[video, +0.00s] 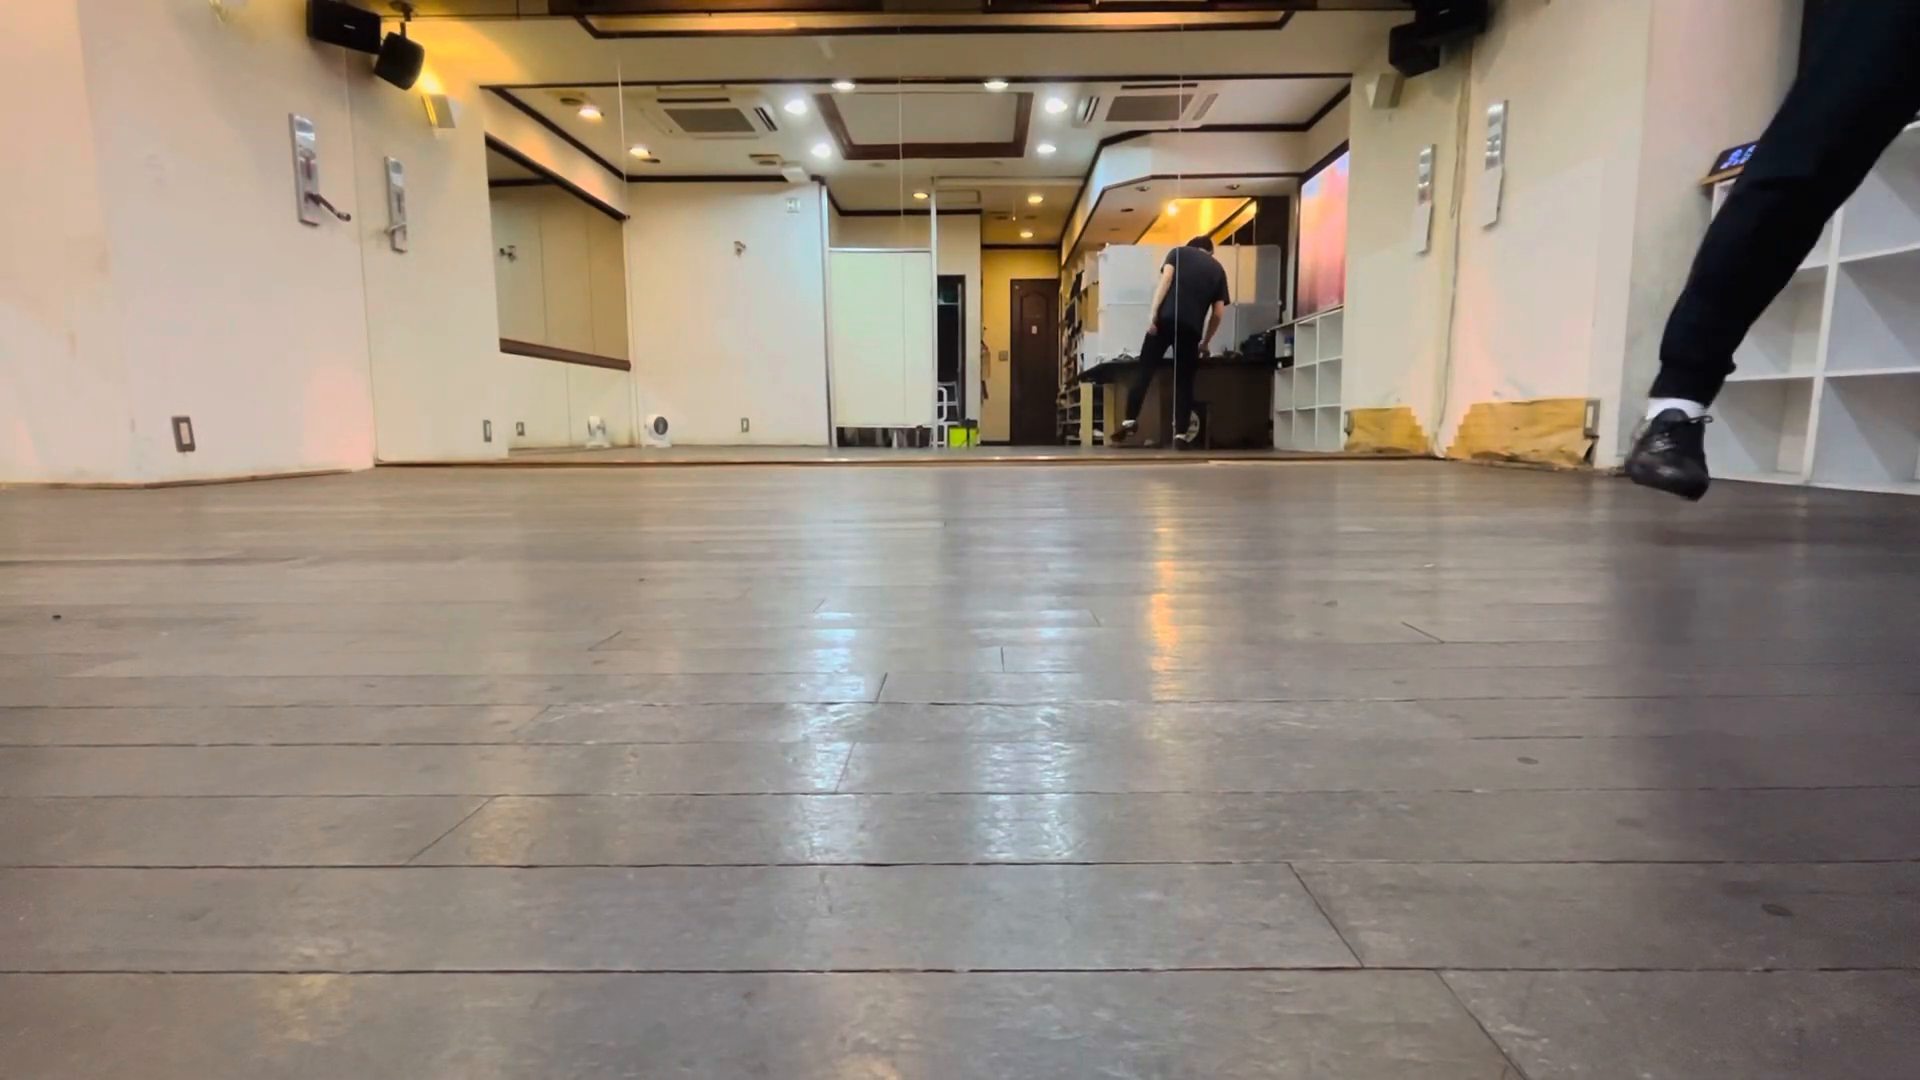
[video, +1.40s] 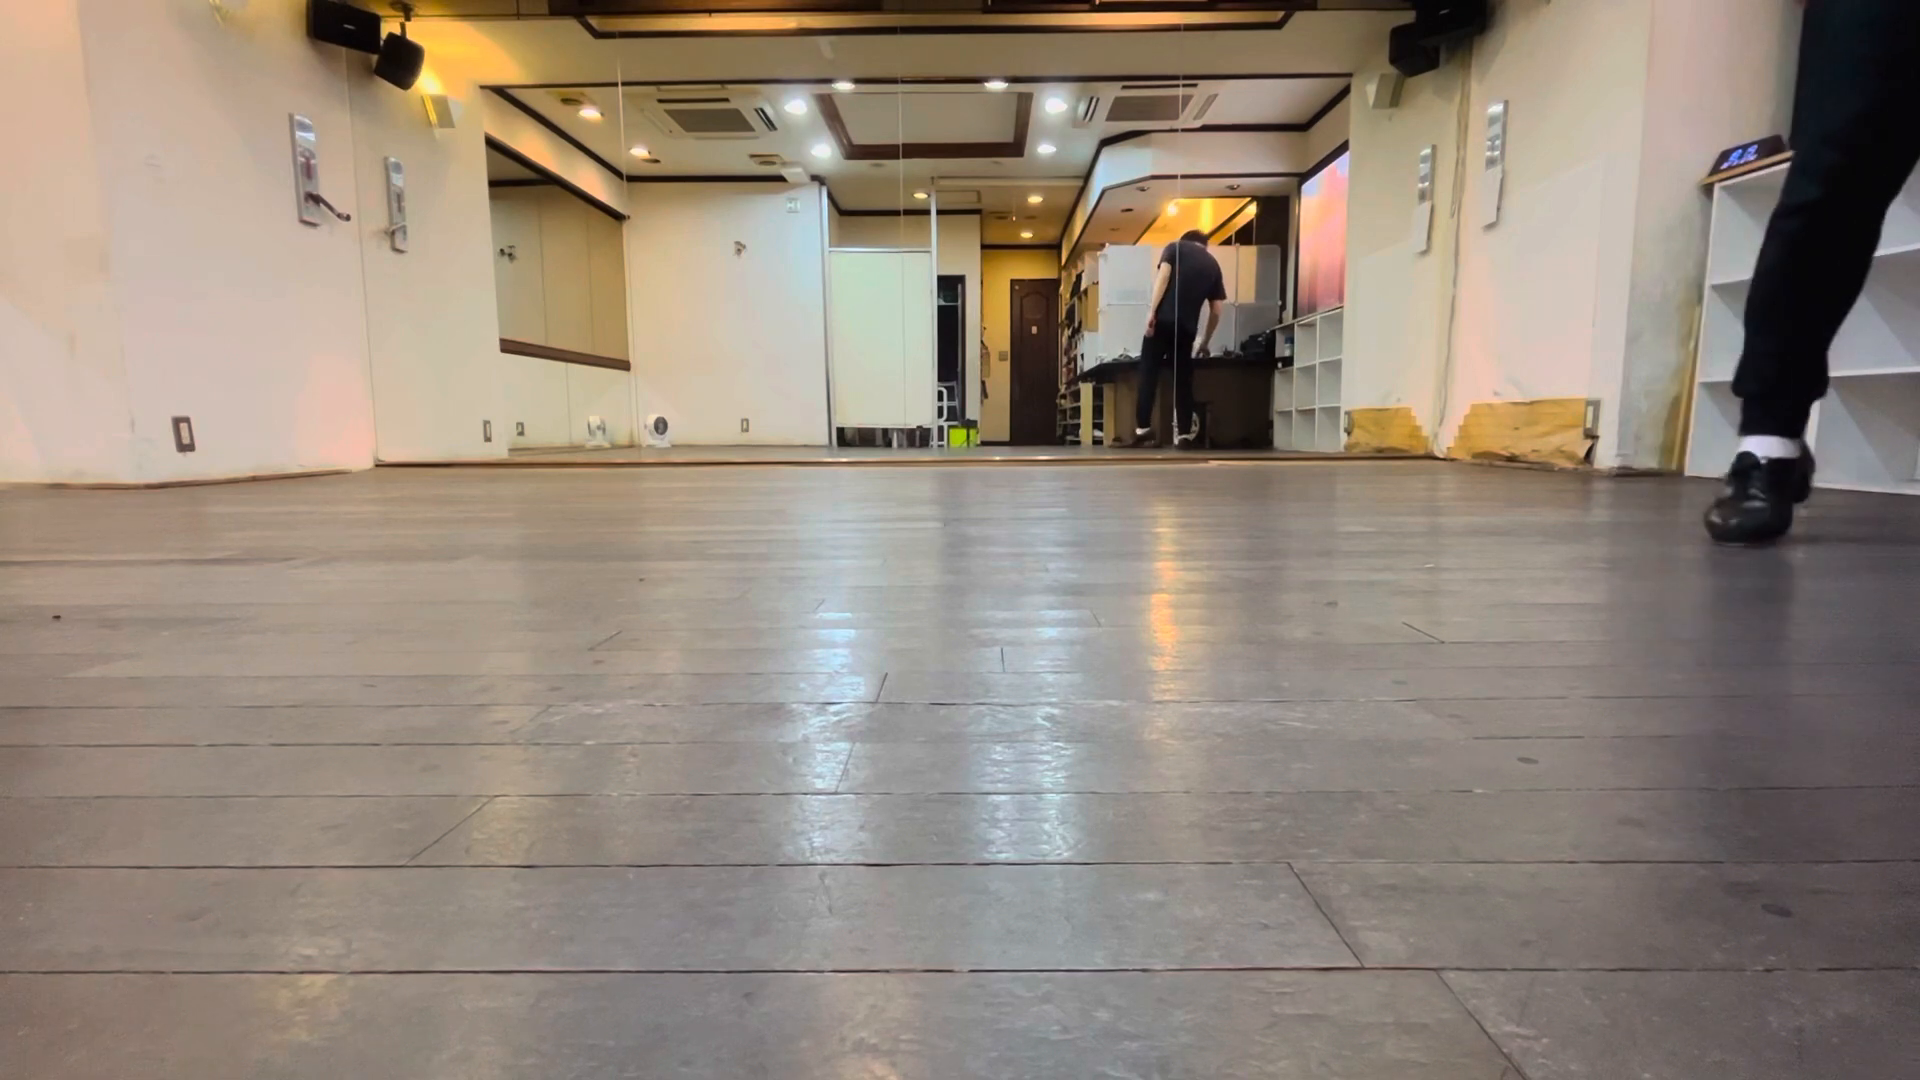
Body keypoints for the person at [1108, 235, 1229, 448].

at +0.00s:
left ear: (1190, 246)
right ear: (1211, 252)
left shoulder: (1178, 252)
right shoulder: (1218, 270)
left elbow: (1167, 277)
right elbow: (1218, 314)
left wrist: (1153, 314)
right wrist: (1206, 342)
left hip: (1166, 320)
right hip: (1191, 328)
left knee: (1145, 368)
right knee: (1185, 380)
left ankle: (1130, 418)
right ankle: (1180, 433)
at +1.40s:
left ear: (1185, 240)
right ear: (1204, 245)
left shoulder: (1175, 246)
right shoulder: (1213, 264)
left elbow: (1164, 275)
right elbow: (1216, 311)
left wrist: (1152, 311)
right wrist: (1205, 342)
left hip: (1161, 323)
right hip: (1186, 328)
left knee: (1148, 373)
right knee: (1184, 378)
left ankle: (1143, 427)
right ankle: (1182, 433)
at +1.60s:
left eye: (1176, 240)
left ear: (1178, 238)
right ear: (1198, 242)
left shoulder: (1168, 248)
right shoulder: (1206, 262)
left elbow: (1156, 281)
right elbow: (1211, 309)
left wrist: (1146, 317)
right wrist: (1204, 342)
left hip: (1157, 325)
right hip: (1182, 329)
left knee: (1146, 374)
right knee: (1180, 377)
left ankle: (1146, 429)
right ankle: (1182, 432)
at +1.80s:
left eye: (1172, 239)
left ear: (1173, 238)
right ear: (1194, 243)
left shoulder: (1163, 248)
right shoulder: (1202, 262)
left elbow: (1152, 280)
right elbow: (1209, 311)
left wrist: (1141, 316)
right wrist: (1204, 343)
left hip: (1153, 326)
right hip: (1178, 330)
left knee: (1144, 375)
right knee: (1179, 378)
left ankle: (1145, 429)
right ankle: (1181, 432)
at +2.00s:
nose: (1166, 244)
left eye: (1167, 241)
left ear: (1169, 240)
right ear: (1189, 242)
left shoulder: (1163, 249)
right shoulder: (1200, 261)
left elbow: (1154, 280)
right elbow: (1207, 307)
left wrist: (1144, 318)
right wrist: (1203, 340)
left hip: (1155, 327)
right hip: (1180, 330)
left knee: (1142, 373)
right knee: (1179, 378)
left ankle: (1144, 428)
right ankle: (1182, 432)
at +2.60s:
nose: (1108, 249)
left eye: (1107, 245)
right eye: (1107, 246)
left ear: (1110, 243)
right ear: (1130, 239)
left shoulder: (1116, 255)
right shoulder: (1149, 256)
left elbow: (1125, 282)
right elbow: (1164, 293)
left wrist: (1135, 317)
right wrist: (1160, 322)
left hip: (1127, 325)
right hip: (1152, 325)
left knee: (1115, 374)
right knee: (1156, 374)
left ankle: (1117, 434)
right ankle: (1172, 429)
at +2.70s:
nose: (1099, 249)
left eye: (1098, 245)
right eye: (1098, 246)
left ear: (1102, 242)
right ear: (1121, 238)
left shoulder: (1107, 256)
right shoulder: (1140, 257)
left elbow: (1110, 287)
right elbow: (1155, 292)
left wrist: (1111, 324)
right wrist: (1152, 327)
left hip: (1119, 326)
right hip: (1142, 326)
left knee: (1110, 376)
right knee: (1139, 372)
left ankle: (1116, 434)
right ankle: (1165, 420)